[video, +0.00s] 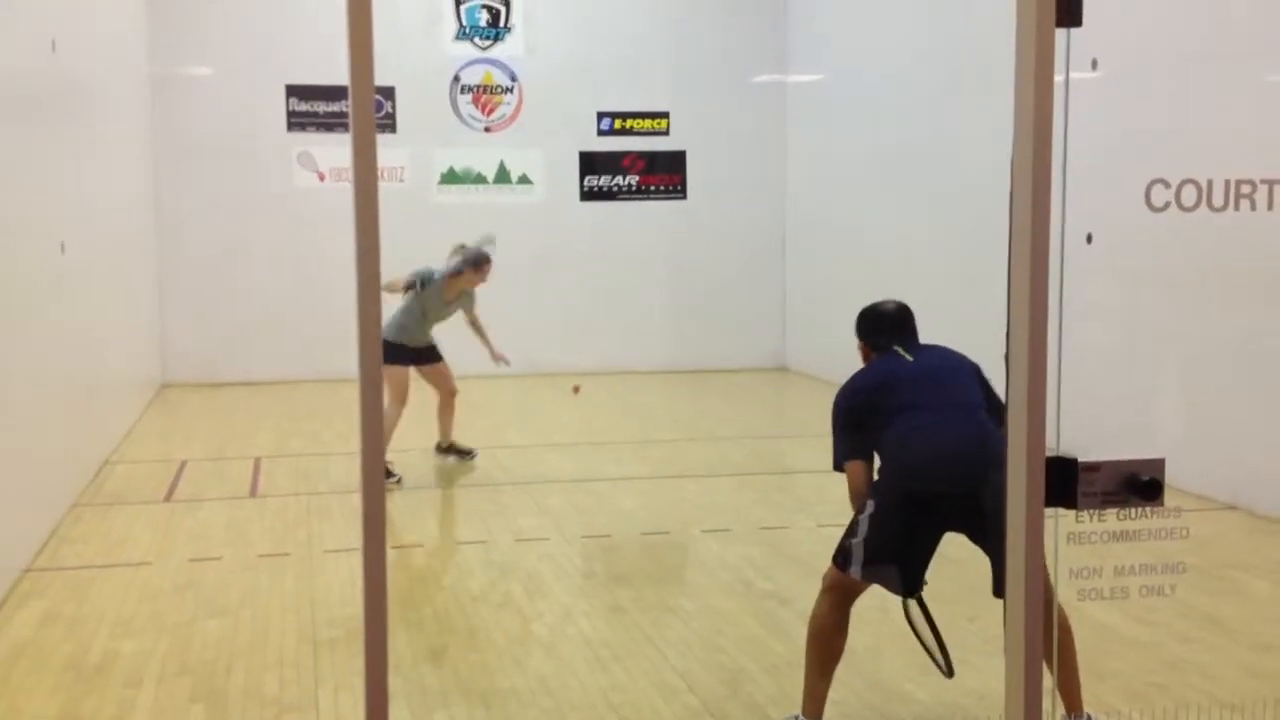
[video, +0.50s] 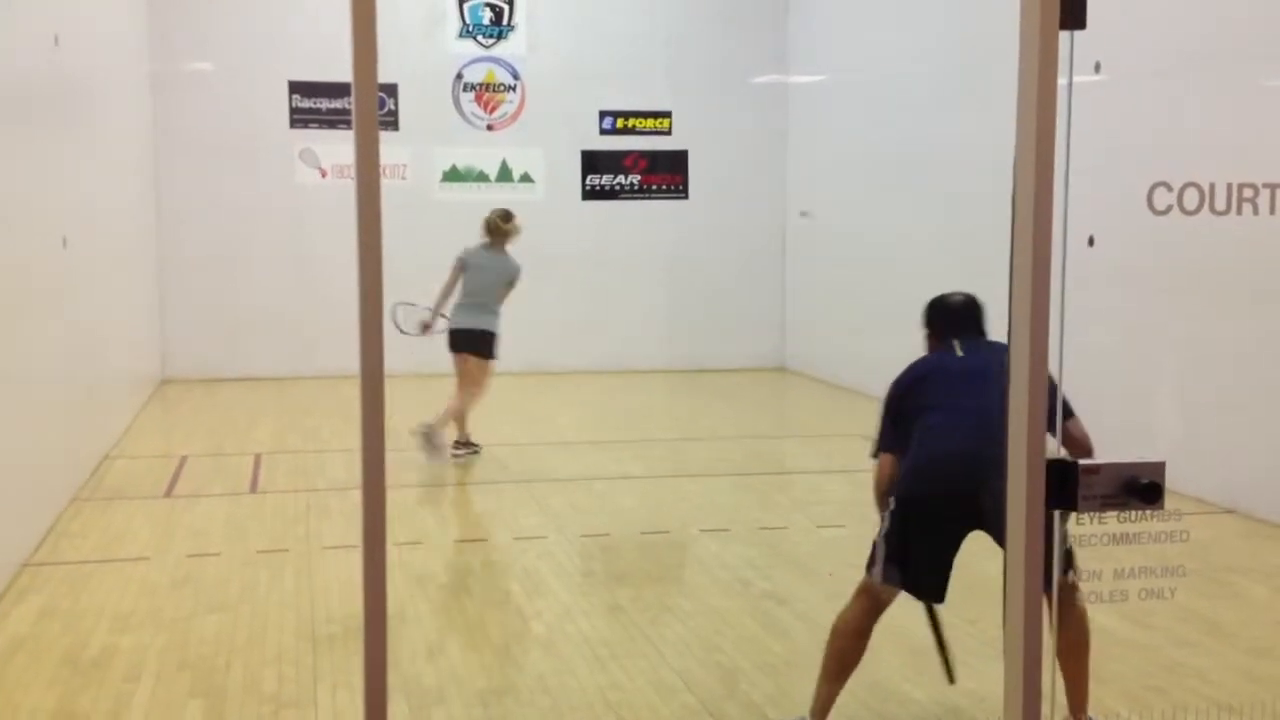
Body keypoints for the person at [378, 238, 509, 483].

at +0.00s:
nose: (483, 280)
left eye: (486, 275)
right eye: (482, 274)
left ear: (473, 272)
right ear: (467, 269)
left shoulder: (466, 294)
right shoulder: (430, 278)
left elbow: (472, 320)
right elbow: (393, 286)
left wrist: (492, 350)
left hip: (422, 342)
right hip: (395, 341)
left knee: (448, 390)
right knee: (396, 401)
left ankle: (445, 442)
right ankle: (378, 459)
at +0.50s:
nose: (515, 235)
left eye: (513, 231)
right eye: (514, 231)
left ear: (487, 230)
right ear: (509, 234)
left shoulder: (468, 255)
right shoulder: (512, 267)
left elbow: (448, 288)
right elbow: (498, 299)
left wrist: (432, 318)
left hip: (458, 326)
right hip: (484, 330)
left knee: (463, 385)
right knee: (474, 387)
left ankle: (462, 438)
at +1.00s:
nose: (541, 234)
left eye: (544, 229)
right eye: (542, 228)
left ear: (552, 231)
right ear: (569, 230)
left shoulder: (547, 264)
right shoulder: (587, 262)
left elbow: (543, 304)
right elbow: (596, 300)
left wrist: (529, 333)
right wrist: (579, 311)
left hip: (553, 335)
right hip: (582, 333)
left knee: (545, 390)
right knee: (575, 389)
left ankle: (560, 440)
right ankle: (575, 440)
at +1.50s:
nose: (657, 239)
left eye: (662, 234)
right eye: (656, 234)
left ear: (679, 235)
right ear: (677, 237)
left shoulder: (679, 268)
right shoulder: (691, 264)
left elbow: (691, 313)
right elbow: (697, 312)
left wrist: (671, 348)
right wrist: (676, 341)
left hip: (691, 353)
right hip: (713, 349)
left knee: (669, 406)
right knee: (701, 410)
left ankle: (678, 473)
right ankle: (703, 477)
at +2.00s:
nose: (757, 244)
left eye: (763, 237)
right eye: (755, 238)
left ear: (780, 241)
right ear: (756, 242)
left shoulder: (778, 277)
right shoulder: (783, 274)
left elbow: (776, 325)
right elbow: (803, 328)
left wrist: (749, 339)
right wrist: (811, 361)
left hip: (790, 375)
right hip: (802, 370)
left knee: (796, 445)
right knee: (804, 441)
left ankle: (820, 515)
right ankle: (832, 501)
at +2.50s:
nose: (781, 267)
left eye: (784, 262)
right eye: (784, 261)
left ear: (790, 267)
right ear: (819, 265)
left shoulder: (789, 306)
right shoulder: (836, 300)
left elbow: (789, 362)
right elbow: (845, 352)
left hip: (808, 410)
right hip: (842, 404)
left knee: (771, 487)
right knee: (833, 476)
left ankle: (800, 566)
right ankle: (873, 527)